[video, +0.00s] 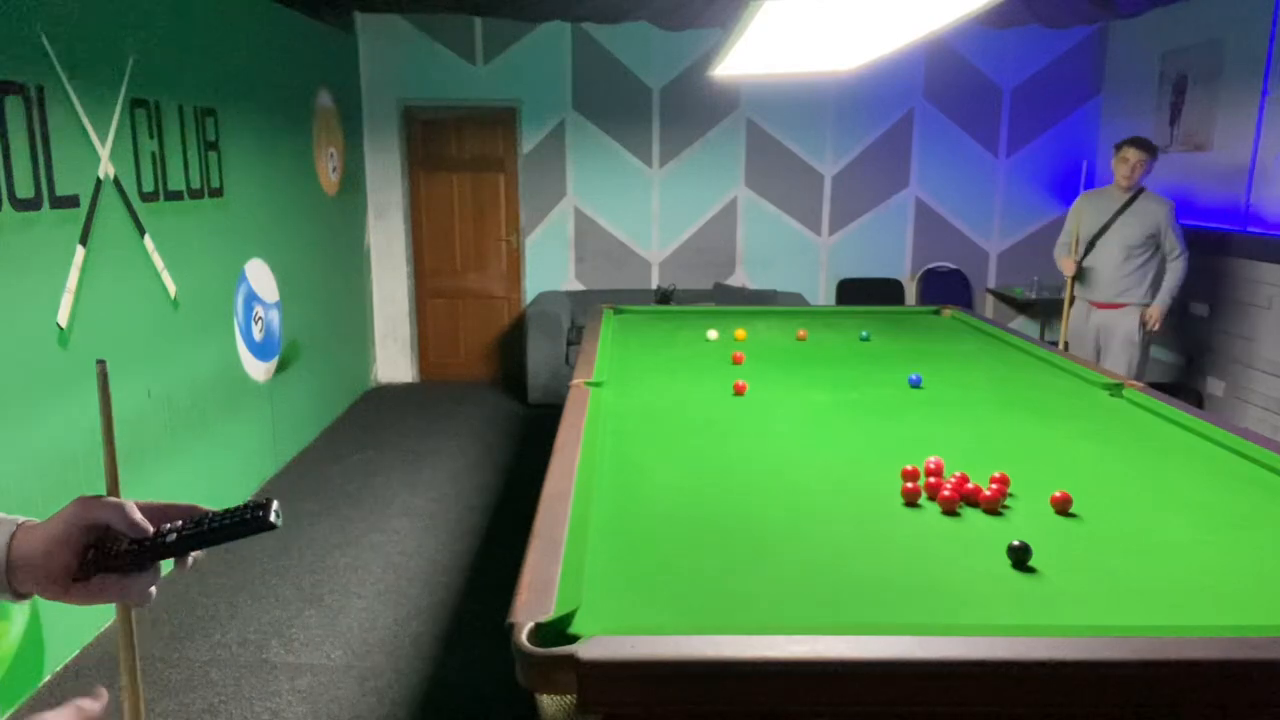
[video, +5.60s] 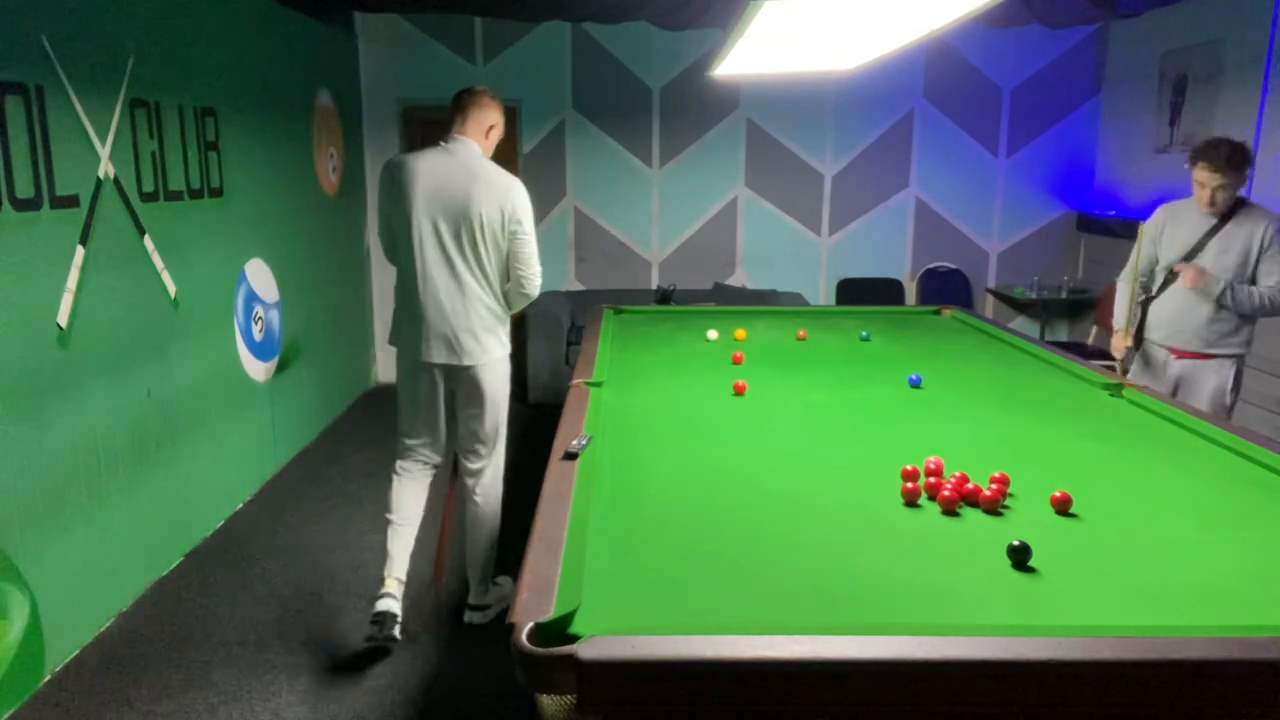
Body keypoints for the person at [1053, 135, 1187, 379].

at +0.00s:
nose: (1129, 169)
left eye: (1139, 164)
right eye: (1124, 160)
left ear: (1147, 171)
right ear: (1114, 161)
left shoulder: (1160, 210)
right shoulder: (1085, 202)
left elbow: (1177, 259)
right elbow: (1063, 244)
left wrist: (1161, 304)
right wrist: (1064, 260)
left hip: (1128, 316)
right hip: (1083, 310)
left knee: (1115, 395)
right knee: (1071, 387)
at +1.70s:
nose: (1151, 185)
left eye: (1161, 177)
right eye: (1144, 175)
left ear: (1174, 176)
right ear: (1134, 171)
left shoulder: (1187, 217)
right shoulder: (1108, 212)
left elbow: (1190, 280)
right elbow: (1083, 263)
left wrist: (1187, 336)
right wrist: (1088, 289)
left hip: (1162, 335)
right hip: (1110, 331)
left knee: (1146, 419)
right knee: (1101, 417)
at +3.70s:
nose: (1161, 191)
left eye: (1171, 182)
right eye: (1157, 182)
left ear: (1201, 174)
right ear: (1154, 175)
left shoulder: (1227, 223)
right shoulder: (1147, 213)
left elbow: (1234, 301)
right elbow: (1121, 275)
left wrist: (1173, 342)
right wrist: (1093, 327)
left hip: (1179, 364)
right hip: (1127, 352)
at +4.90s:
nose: (1116, 193)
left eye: (1125, 183)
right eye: (1110, 184)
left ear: (1151, 172)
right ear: (1105, 180)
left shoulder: (1183, 217)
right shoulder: (1098, 214)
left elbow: (1196, 288)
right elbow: (1080, 274)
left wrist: (1140, 329)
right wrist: (1073, 325)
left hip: (1155, 355)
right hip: (1100, 349)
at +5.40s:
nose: (1157, 194)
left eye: (1168, 185)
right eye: (1150, 184)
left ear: (1193, 179)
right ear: (1144, 178)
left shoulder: (1220, 227)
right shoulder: (1127, 216)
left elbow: (1231, 299)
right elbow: (1098, 274)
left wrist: (1184, 341)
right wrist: (1087, 326)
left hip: (1178, 367)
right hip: (1122, 357)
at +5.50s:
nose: (1177, 194)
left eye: (1190, 185)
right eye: (1170, 183)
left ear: (1214, 179)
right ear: (1164, 176)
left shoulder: (1238, 228)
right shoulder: (1143, 215)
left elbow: (1251, 297)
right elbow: (1112, 275)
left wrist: (1198, 329)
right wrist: (1100, 329)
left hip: (1194, 366)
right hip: (1136, 357)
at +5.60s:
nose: (1208, 198)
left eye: (1221, 188)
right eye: (1200, 185)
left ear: (1242, 183)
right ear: (1192, 177)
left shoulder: (1263, 228)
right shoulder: (1165, 217)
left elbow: (1272, 298)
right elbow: (1132, 277)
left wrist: (1215, 286)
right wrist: (1121, 329)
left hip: (1212, 369)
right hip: (1150, 359)